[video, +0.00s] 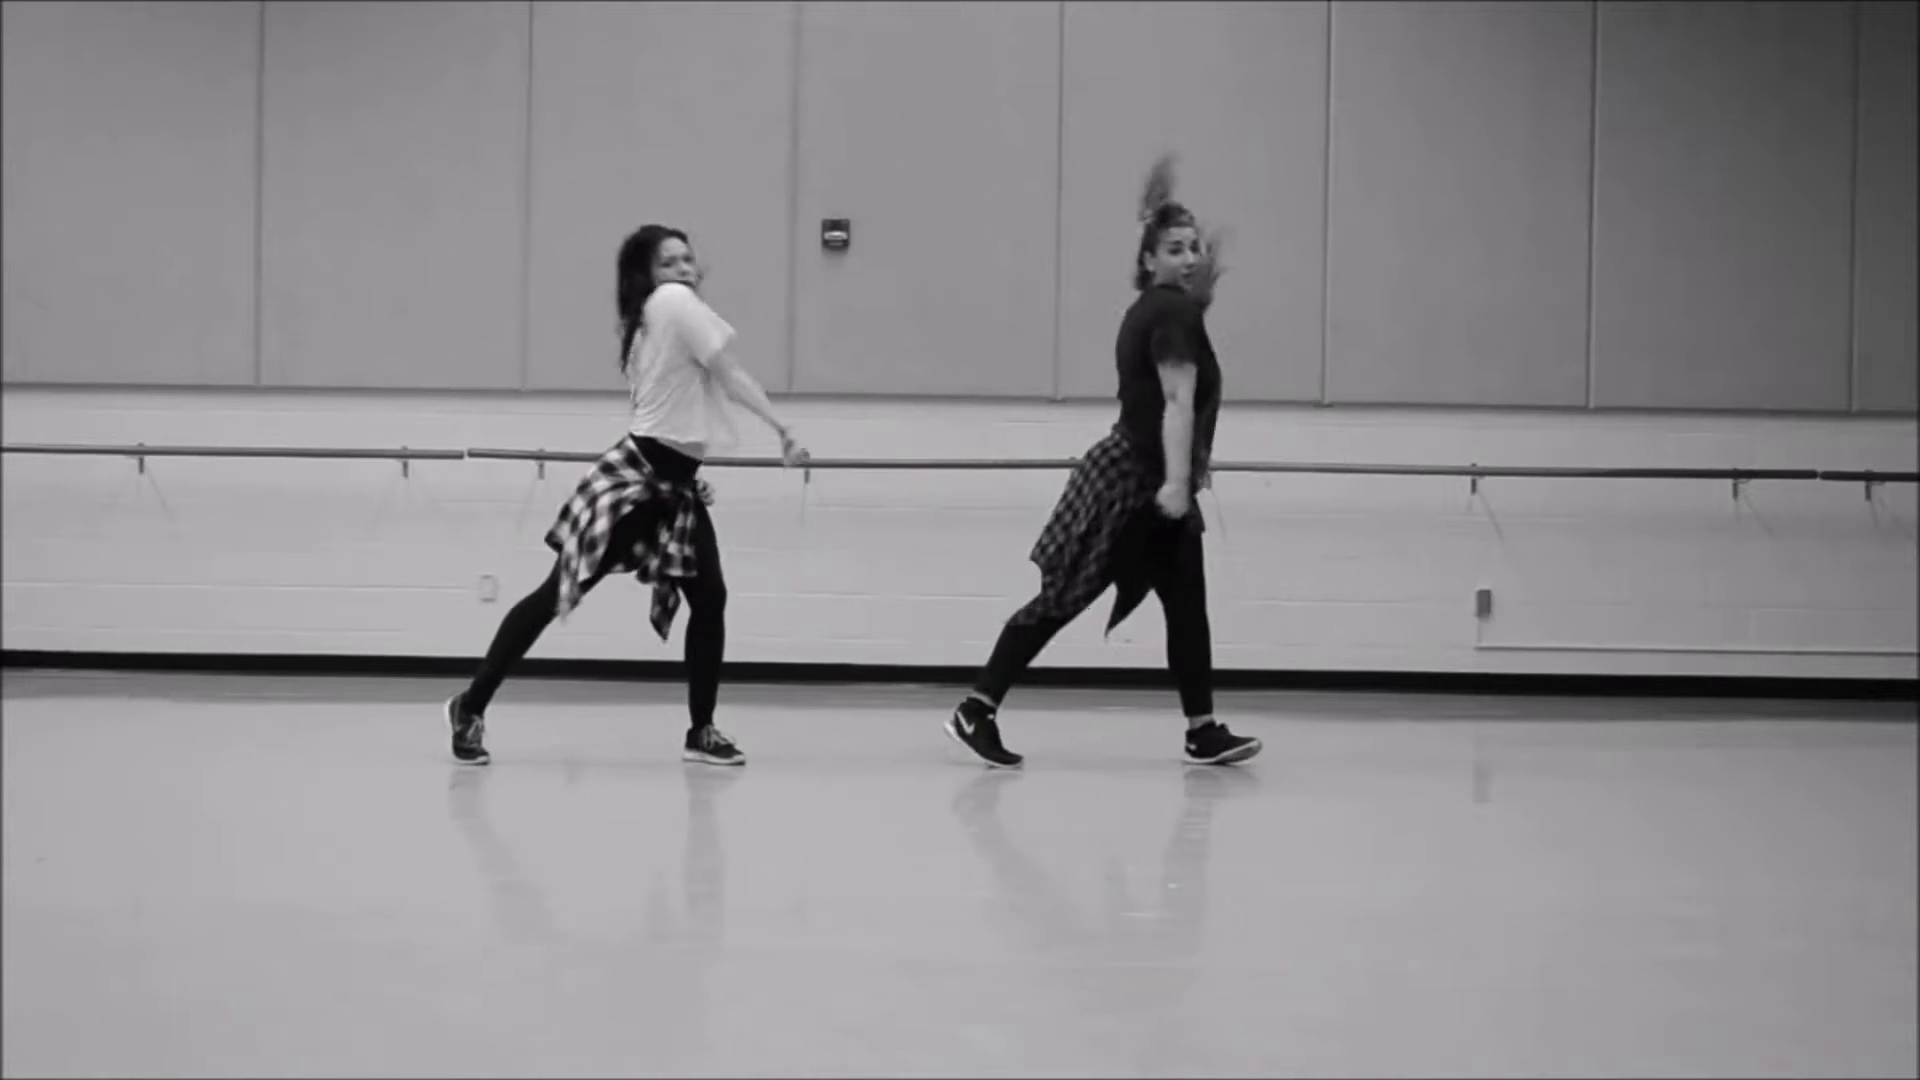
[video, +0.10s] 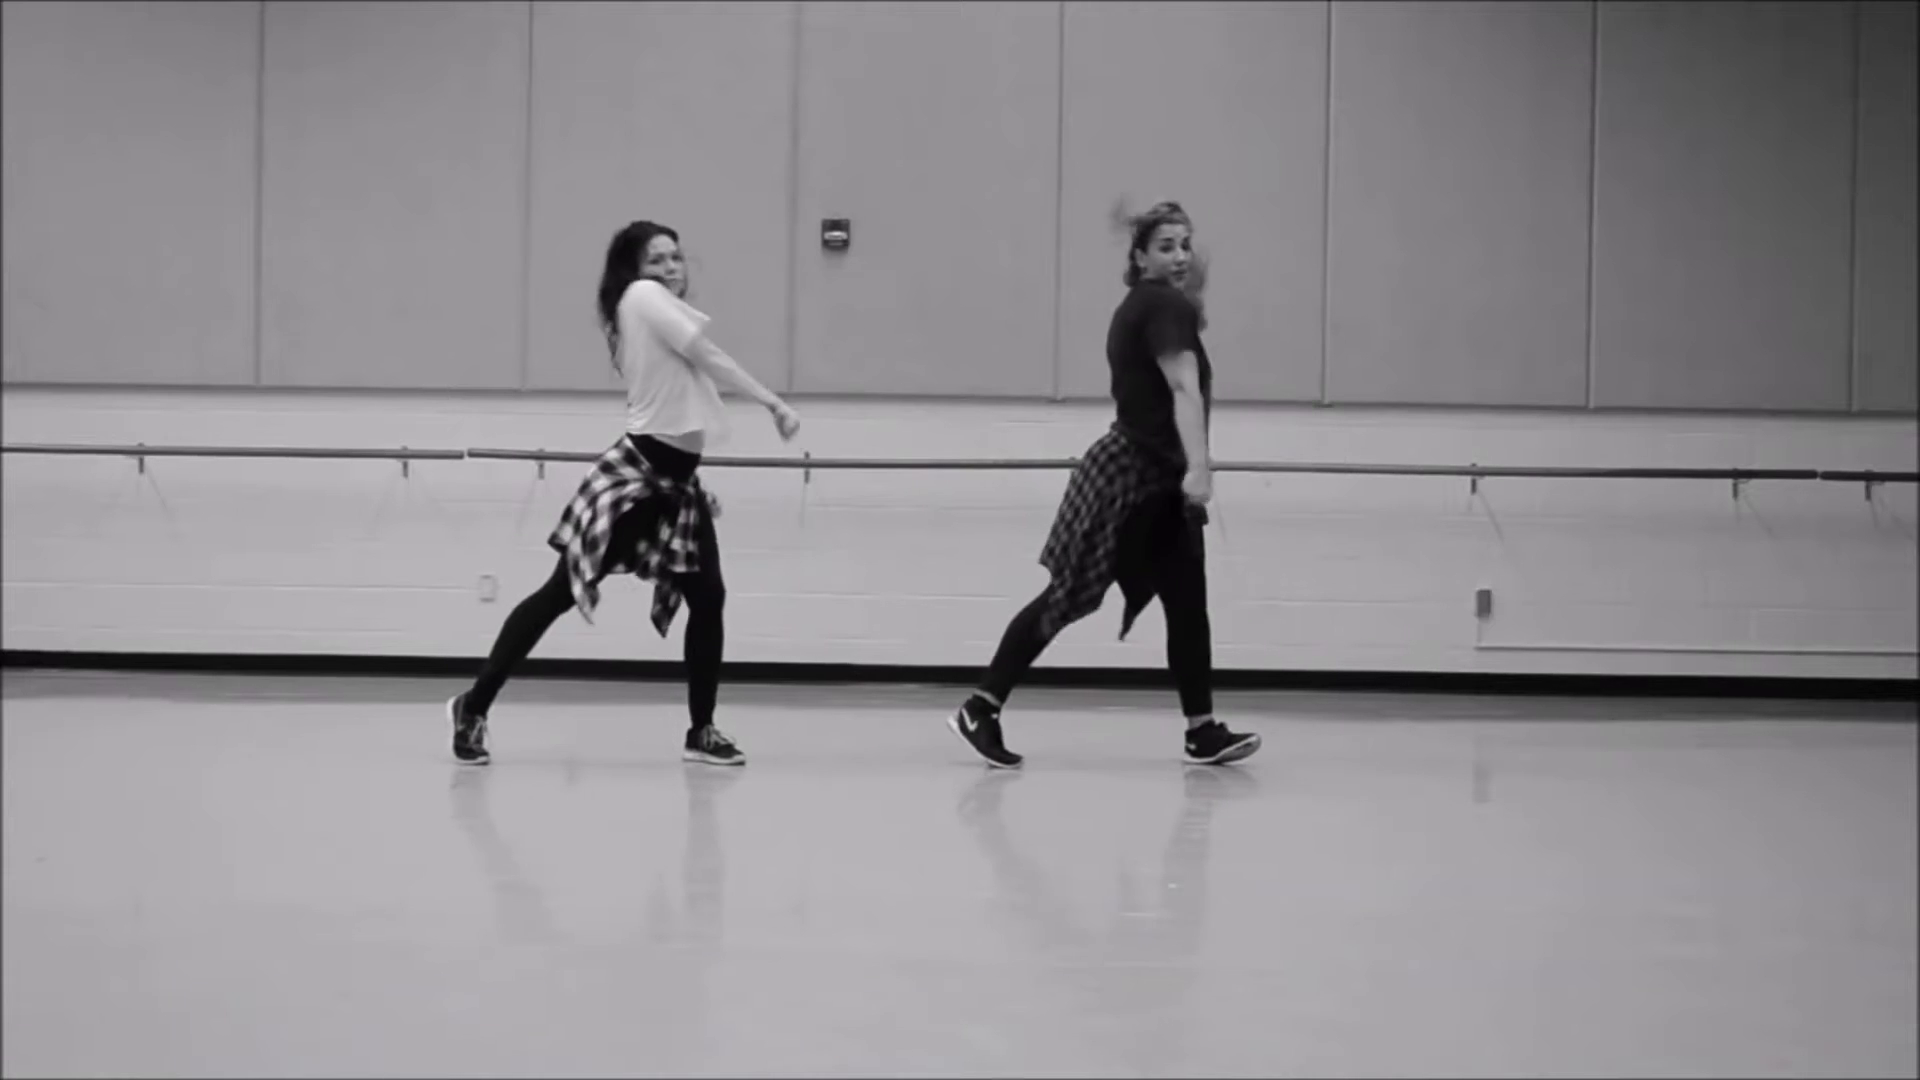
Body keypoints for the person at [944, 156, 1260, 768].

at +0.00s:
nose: (1191, 256)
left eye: (1194, 247)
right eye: (1177, 248)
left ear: (1194, 256)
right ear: (1153, 259)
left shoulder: (1158, 310)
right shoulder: (1170, 312)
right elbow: (1177, 400)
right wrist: (1177, 480)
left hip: (1160, 483)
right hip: (1136, 481)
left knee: (1187, 610)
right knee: (1067, 594)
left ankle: (1202, 729)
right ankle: (978, 707)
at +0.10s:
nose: (1179, 255)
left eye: (1184, 246)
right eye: (1166, 247)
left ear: (1191, 252)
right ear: (1140, 255)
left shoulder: (1145, 307)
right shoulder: (1160, 306)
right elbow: (1183, 387)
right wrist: (1199, 466)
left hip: (1159, 478)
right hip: (1134, 475)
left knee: (1187, 607)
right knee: (1075, 593)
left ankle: (1202, 728)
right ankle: (983, 704)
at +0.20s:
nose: (1172, 254)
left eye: (1178, 245)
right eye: (1160, 246)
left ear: (1185, 252)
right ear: (1136, 254)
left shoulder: (1149, 304)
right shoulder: (1148, 303)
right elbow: (1185, 380)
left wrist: (1185, 458)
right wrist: (1212, 453)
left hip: (1161, 474)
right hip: (1137, 475)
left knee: (1188, 605)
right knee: (1080, 590)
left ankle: (1201, 729)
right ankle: (988, 703)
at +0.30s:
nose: (1167, 255)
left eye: (1173, 245)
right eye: (1153, 246)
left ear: (1181, 249)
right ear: (1131, 253)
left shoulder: (1165, 304)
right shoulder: (1136, 300)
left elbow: (1175, 387)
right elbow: (1184, 368)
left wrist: (1192, 453)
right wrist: (1219, 438)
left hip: (1163, 471)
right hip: (1127, 471)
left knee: (1185, 604)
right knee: (1086, 591)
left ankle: (1201, 728)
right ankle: (994, 702)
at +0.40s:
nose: (1165, 254)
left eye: (1171, 244)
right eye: (1152, 246)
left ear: (1179, 249)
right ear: (1130, 253)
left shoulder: (1167, 306)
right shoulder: (1128, 296)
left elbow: (1176, 392)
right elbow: (1180, 363)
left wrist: (1195, 455)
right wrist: (1224, 430)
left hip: (1167, 469)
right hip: (1119, 468)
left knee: (1182, 604)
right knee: (1089, 592)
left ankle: (1201, 727)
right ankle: (997, 703)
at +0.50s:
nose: (1164, 254)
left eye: (1170, 244)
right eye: (1150, 246)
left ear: (1178, 249)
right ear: (1127, 254)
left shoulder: (1169, 307)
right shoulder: (1123, 297)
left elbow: (1163, 403)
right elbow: (1169, 370)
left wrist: (1191, 464)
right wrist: (1219, 426)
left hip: (1165, 472)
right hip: (1114, 469)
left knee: (1181, 601)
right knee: (1072, 591)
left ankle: (1201, 729)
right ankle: (989, 706)